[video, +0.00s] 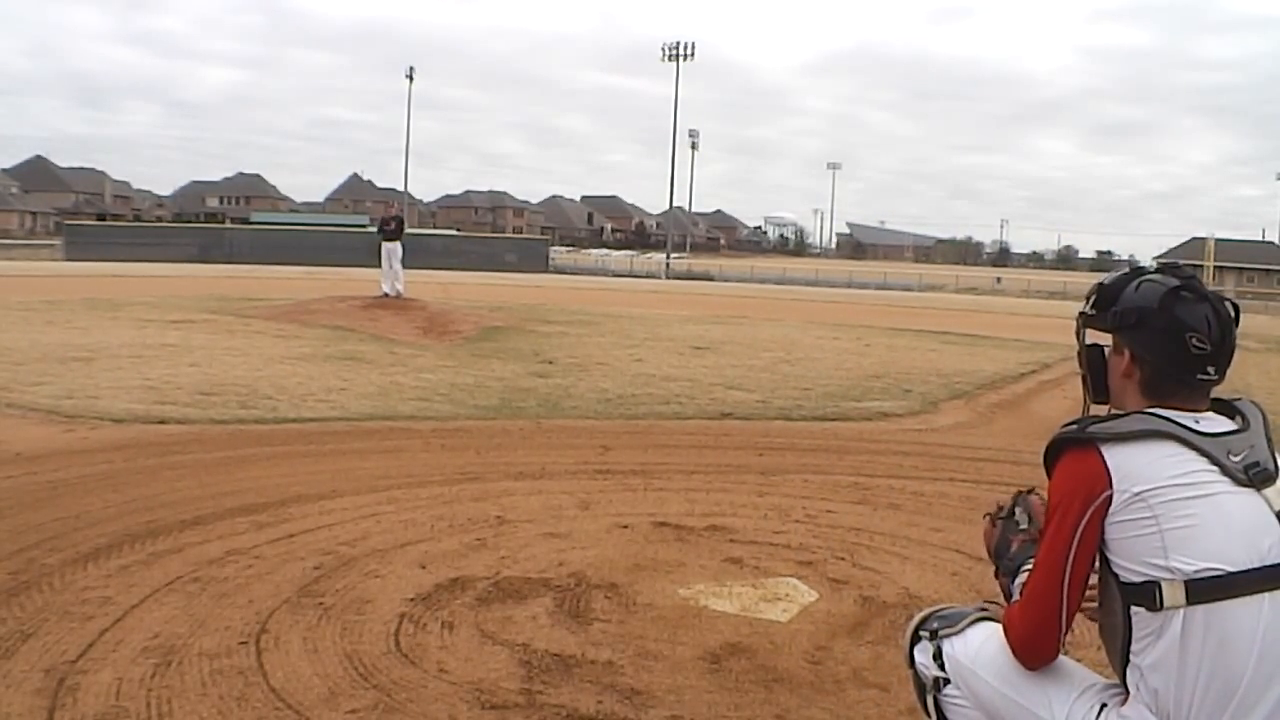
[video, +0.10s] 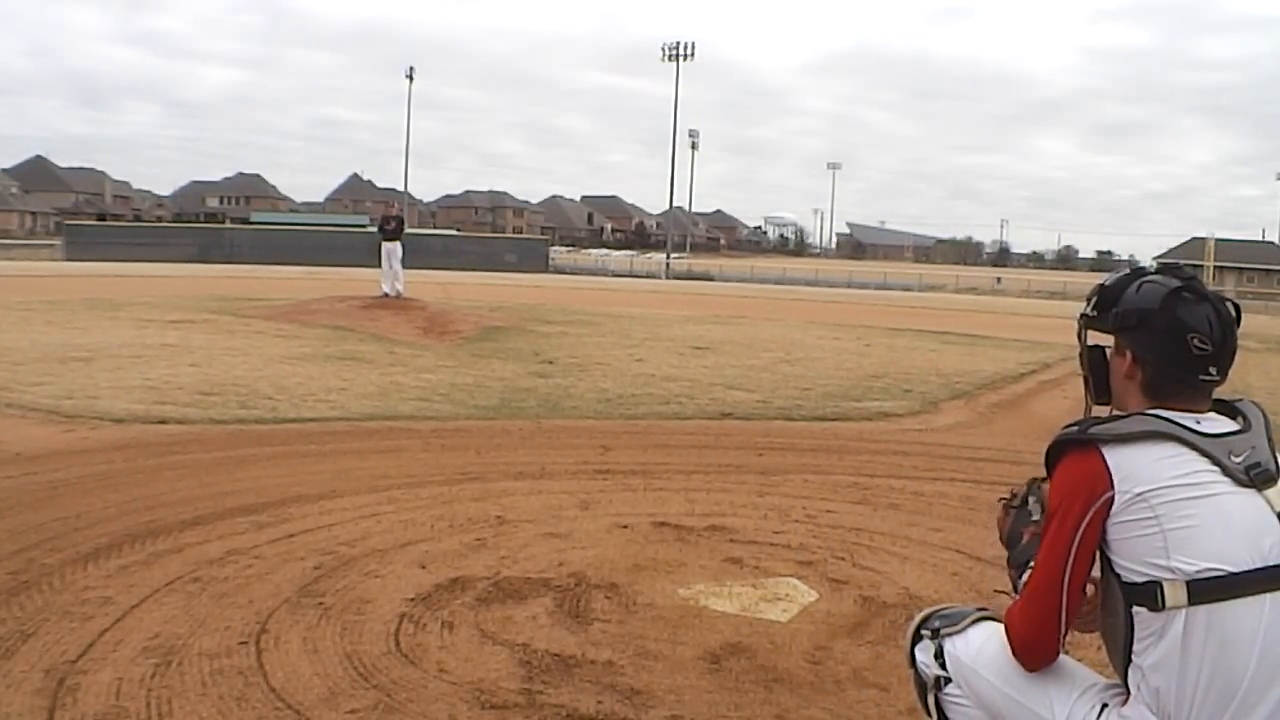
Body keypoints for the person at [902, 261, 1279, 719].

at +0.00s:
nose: (1103, 360)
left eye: (1108, 348)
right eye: (1106, 346)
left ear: (1126, 362)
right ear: (1208, 366)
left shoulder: (1099, 456)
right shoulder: (1252, 433)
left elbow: (1033, 648)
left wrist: (1021, 561)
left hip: (1163, 717)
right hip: (1262, 708)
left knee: (942, 641)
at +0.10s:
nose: (1105, 360)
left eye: (1110, 348)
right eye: (1109, 346)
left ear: (1127, 363)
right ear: (1210, 367)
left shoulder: (1100, 456)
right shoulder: (1253, 434)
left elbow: (1033, 649)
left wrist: (1030, 557)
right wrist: (1107, 606)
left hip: (1161, 717)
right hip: (1262, 709)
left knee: (943, 640)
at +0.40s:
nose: (1114, 361)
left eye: (1120, 348)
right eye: (1117, 347)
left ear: (1138, 364)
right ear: (1217, 369)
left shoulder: (1109, 458)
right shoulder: (1260, 436)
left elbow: (1039, 651)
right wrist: (1112, 591)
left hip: (1168, 716)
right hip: (1262, 709)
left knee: (945, 641)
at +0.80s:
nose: (1136, 356)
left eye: (1144, 344)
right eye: (1140, 343)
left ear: (1162, 358)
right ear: (1240, 368)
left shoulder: (1140, 448)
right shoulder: (1270, 438)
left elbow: (1016, 611)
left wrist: (1051, 525)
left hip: (1179, 711)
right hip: (1265, 707)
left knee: (955, 639)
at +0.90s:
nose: (1141, 353)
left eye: (1150, 341)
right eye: (1147, 340)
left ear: (1168, 353)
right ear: (1245, 366)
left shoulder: (1148, 444)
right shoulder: (1271, 435)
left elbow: (992, 568)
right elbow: (1151, 541)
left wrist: (1046, 504)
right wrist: (1060, 511)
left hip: (1179, 711)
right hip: (1265, 707)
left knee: (963, 627)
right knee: (1142, 640)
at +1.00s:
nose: (1147, 351)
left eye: (1154, 339)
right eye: (1151, 338)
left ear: (1171, 352)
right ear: (1246, 360)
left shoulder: (1149, 437)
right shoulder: (1272, 429)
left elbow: (977, 529)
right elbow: (1123, 527)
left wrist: (1047, 480)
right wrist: (1059, 485)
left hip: (1180, 708)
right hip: (1268, 703)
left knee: (974, 590)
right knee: (1133, 640)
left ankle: (1018, 709)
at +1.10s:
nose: (1140, 347)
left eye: (1148, 335)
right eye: (1145, 334)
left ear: (1164, 348)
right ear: (1238, 356)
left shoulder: (1146, 432)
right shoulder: (1269, 425)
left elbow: (964, 508)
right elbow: (1111, 513)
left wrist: (1034, 462)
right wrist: (1060, 475)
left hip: (1187, 706)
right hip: (1269, 704)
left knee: (978, 566)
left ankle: (984, 710)